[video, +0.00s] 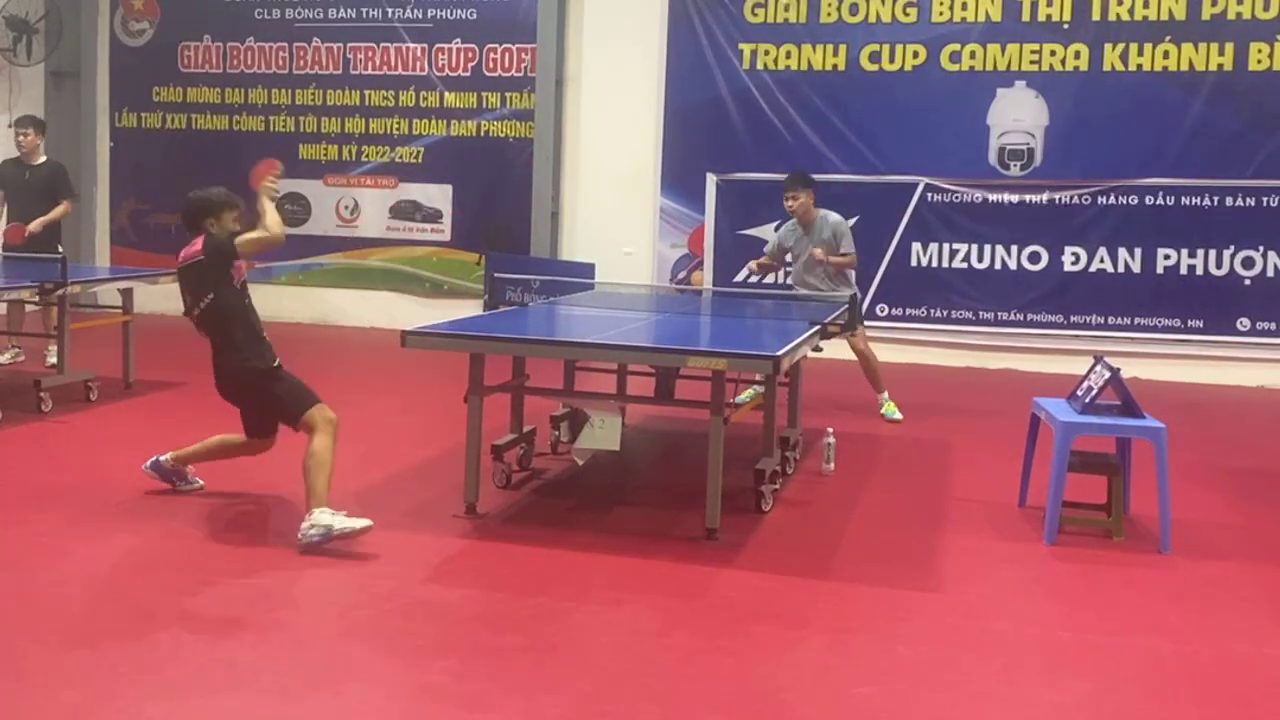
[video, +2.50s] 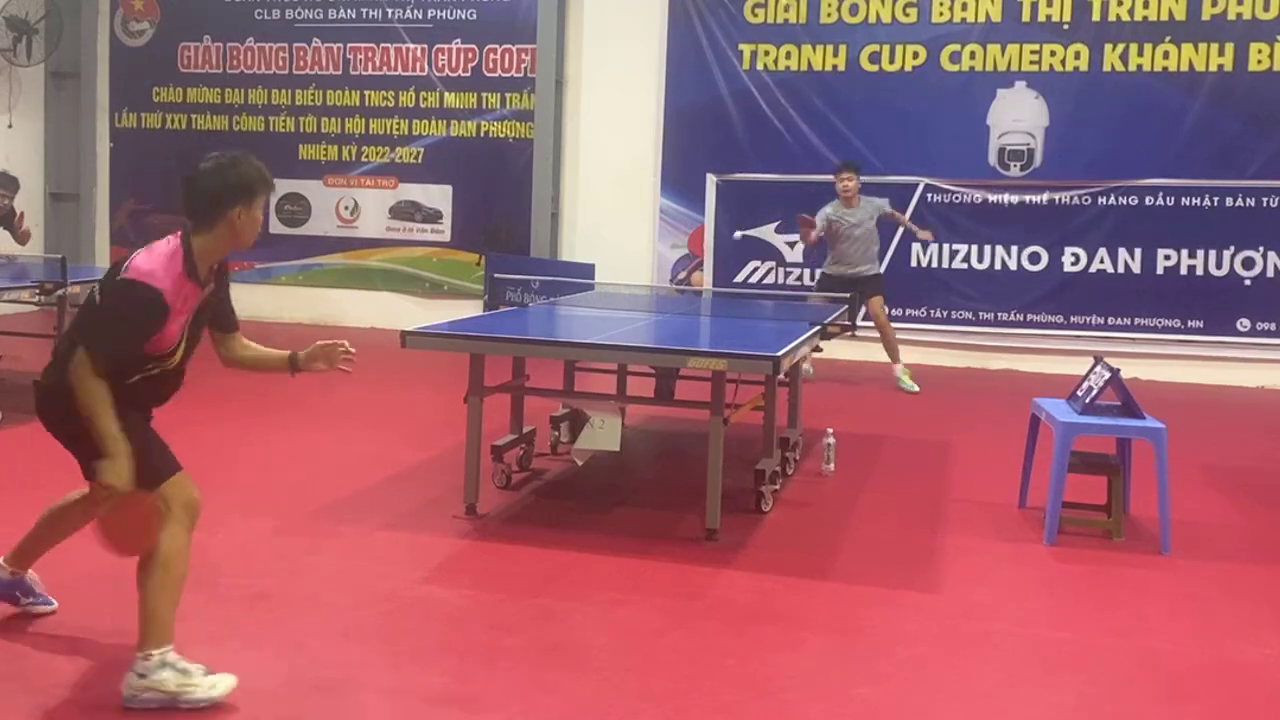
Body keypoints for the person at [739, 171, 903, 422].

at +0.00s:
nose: (789, 205)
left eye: (795, 198)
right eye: (786, 199)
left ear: (811, 197)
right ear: (784, 201)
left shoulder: (835, 223)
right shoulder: (787, 231)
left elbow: (851, 261)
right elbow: (773, 261)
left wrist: (827, 259)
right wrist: (760, 265)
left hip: (840, 300)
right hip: (802, 300)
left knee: (860, 346)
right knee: (772, 335)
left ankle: (884, 399)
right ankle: (761, 386)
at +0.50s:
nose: (787, 189)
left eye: (792, 183)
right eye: (783, 184)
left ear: (804, 183)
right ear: (779, 187)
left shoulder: (825, 206)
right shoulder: (775, 215)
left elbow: (845, 232)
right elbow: (760, 254)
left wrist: (852, 233)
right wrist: (753, 248)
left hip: (824, 290)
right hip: (786, 290)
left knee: (845, 337)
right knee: (770, 336)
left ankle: (859, 392)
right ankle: (763, 386)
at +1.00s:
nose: (768, 212)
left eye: (772, 207)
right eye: (764, 208)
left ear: (786, 206)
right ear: (761, 209)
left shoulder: (808, 227)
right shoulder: (759, 234)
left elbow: (824, 256)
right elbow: (742, 260)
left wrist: (827, 266)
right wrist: (732, 262)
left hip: (806, 295)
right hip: (770, 295)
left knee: (828, 334)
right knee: (736, 326)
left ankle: (838, 388)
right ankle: (722, 380)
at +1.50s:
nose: (721, 169)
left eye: (726, 164)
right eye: (718, 166)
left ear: (738, 166)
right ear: (715, 171)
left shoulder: (761, 185)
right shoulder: (713, 202)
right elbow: (707, 239)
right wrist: (697, 270)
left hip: (762, 264)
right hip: (729, 265)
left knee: (766, 315)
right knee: (711, 306)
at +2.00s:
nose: (777, 214)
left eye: (781, 209)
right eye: (773, 209)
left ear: (790, 210)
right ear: (767, 210)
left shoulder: (801, 229)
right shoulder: (756, 237)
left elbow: (809, 248)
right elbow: (746, 267)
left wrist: (815, 266)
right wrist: (765, 284)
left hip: (793, 291)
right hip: (763, 293)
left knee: (820, 317)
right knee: (759, 328)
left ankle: (818, 364)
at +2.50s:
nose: (845, 185)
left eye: (850, 180)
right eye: (841, 181)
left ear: (859, 183)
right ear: (835, 185)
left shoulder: (874, 205)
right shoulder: (828, 213)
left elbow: (895, 216)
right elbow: (812, 239)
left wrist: (917, 231)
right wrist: (807, 236)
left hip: (868, 274)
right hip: (834, 275)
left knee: (879, 317)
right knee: (811, 316)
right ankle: (804, 360)